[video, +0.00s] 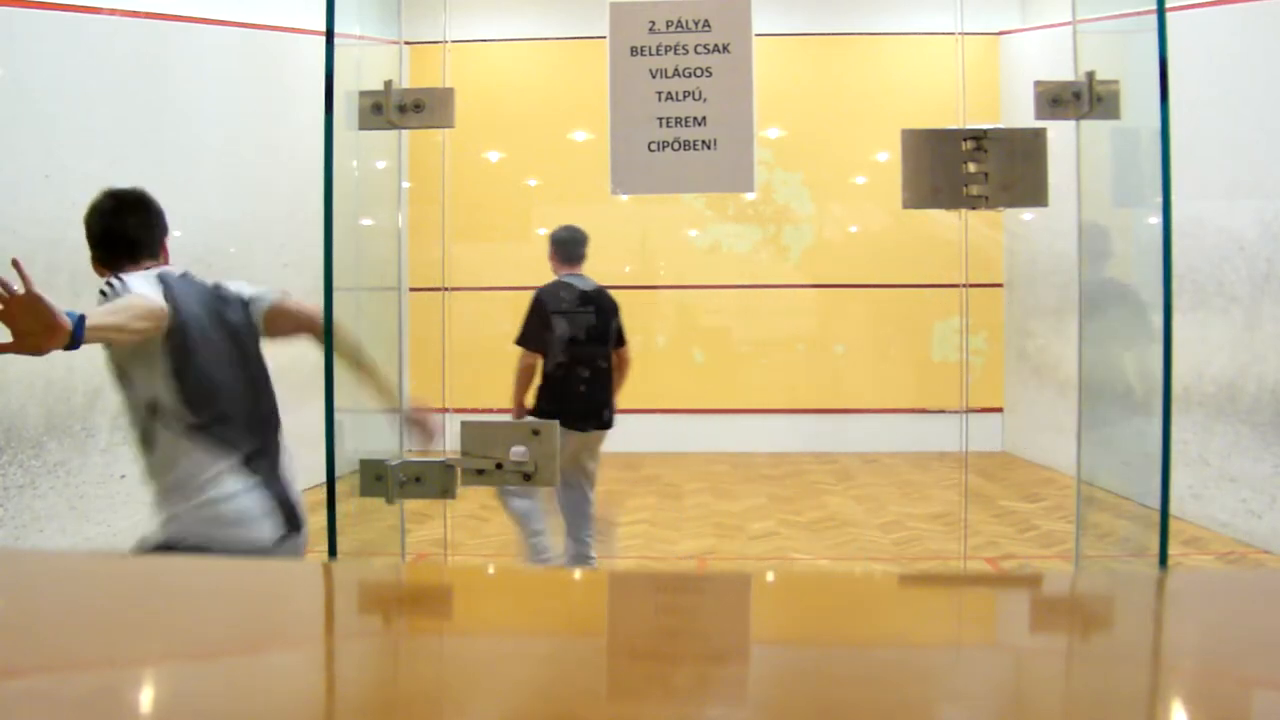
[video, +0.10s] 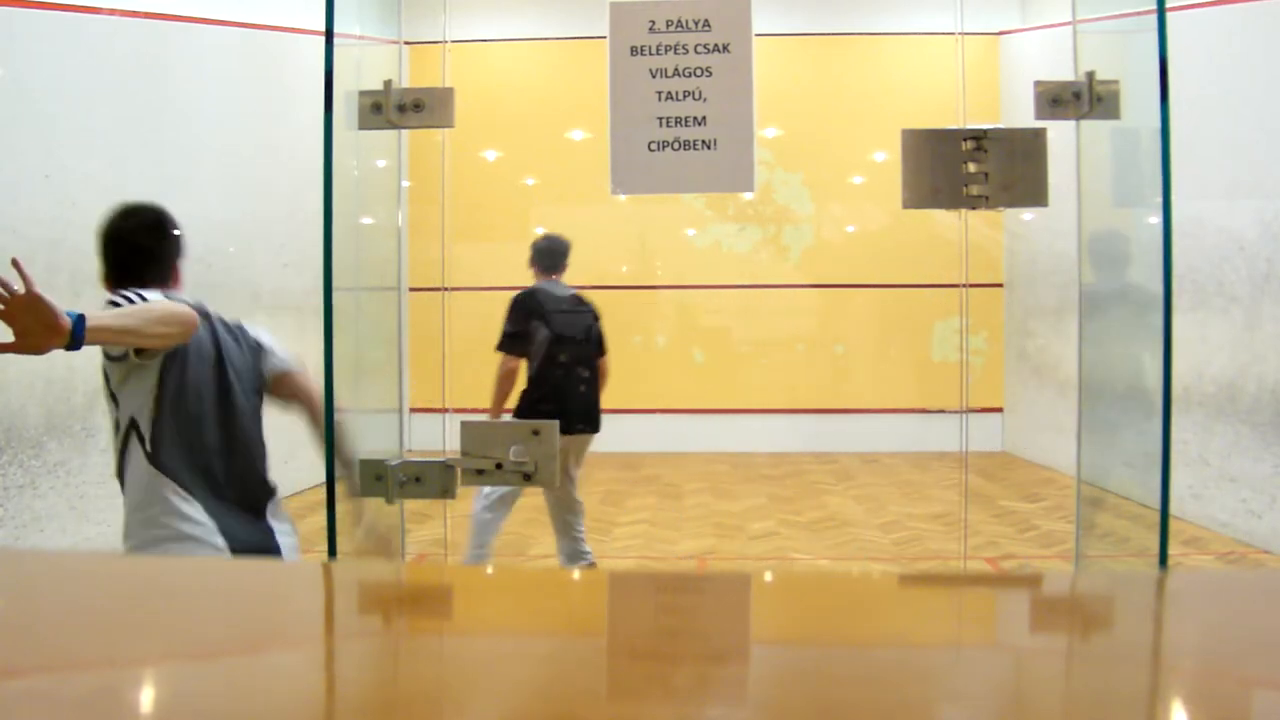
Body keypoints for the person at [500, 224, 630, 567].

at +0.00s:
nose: (549, 258)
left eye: (550, 253)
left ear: (552, 255)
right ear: (584, 255)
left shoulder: (547, 297)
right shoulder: (604, 299)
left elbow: (530, 359)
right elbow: (621, 358)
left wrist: (518, 403)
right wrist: (608, 397)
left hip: (556, 409)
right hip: (597, 409)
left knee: (514, 479)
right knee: (578, 483)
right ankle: (582, 560)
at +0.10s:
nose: (529, 266)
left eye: (530, 262)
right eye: (534, 262)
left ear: (533, 264)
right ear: (564, 265)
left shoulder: (527, 301)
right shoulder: (584, 305)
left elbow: (510, 366)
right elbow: (602, 369)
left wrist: (494, 416)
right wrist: (586, 402)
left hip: (539, 416)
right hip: (583, 416)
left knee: (499, 487)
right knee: (563, 489)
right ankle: (579, 563)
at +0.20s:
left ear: (512, 287)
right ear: (544, 289)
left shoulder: (502, 322)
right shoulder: (558, 325)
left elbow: (487, 381)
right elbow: (577, 373)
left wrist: (475, 432)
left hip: (525, 423)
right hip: (570, 424)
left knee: (485, 494)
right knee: (555, 493)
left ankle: (434, 561)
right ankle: (580, 564)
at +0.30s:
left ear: (498, 310)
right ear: (531, 313)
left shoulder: (484, 344)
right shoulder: (546, 347)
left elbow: (470, 395)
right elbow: (569, 407)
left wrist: (459, 444)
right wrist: (573, 451)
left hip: (499, 442)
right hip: (552, 441)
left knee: (464, 508)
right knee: (564, 497)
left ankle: (436, 571)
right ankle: (568, 566)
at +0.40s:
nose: (535, 324)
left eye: (533, 318)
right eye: (534, 319)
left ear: (499, 322)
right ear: (530, 322)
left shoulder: (480, 354)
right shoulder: (549, 355)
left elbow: (457, 411)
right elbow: (579, 415)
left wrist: (433, 450)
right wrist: (600, 462)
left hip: (488, 450)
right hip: (546, 451)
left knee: (460, 509)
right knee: (572, 502)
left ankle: (435, 569)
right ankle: (562, 569)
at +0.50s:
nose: (553, 320)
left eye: (551, 314)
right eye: (551, 314)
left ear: (517, 317)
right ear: (545, 317)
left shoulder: (495, 351)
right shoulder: (562, 354)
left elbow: (467, 399)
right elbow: (597, 406)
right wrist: (637, 450)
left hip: (495, 452)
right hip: (548, 453)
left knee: (464, 508)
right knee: (588, 508)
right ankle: (563, 570)